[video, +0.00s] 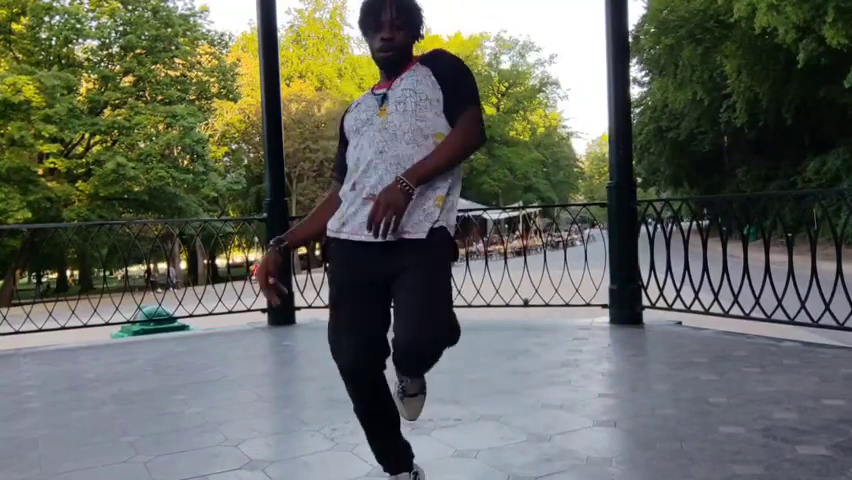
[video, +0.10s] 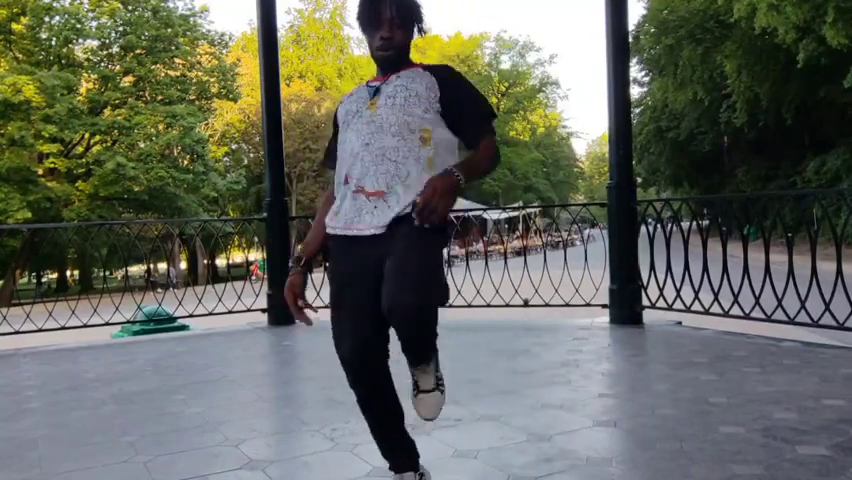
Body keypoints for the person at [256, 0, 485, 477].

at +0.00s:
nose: (388, 34)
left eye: (399, 24)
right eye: (377, 26)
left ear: (416, 29)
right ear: (364, 35)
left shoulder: (440, 66)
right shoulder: (353, 113)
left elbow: (471, 132)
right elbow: (340, 192)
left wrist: (405, 183)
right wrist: (282, 245)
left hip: (422, 237)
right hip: (354, 243)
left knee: (424, 338)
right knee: (354, 358)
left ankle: (407, 370)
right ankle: (399, 468)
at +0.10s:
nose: (387, 34)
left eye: (397, 24)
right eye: (376, 25)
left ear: (413, 28)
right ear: (363, 32)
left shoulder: (439, 80)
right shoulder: (349, 105)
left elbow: (488, 150)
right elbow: (339, 192)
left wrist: (454, 176)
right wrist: (302, 261)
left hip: (414, 221)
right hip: (351, 232)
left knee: (406, 301)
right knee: (357, 357)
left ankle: (422, 362)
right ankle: (406, 468)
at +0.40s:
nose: (356, 30)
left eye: (368, 19)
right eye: (345, 20)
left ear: (384, 23)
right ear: (331, 25)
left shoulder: (420, 70)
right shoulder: (327, 97)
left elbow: (501, 101)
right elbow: (331, 178)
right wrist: (288, 229)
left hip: (416, 210)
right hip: (353, 229)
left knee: (414, 285)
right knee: (357, 357)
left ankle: (410, 347)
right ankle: (412, 467)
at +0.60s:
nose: (341, 47)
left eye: (353, 37)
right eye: (331, 37)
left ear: (372, 39)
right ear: (318, 43)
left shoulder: (414, 54)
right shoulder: (323, 112)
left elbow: (478, 19)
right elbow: (304, 183)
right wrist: (237, 206)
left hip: (433, 240)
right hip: (362, 247)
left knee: (433, 351)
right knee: (352, 358)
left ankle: (347, 374)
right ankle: (384, 471)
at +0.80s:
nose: (325, 49)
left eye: (336, 39)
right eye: (315, 39)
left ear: (355, 43)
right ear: (303, 46)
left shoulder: (387, 67)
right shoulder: (306, 114)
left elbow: (460, 59)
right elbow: (287, 174)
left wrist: (440, 20)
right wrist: (228, 163)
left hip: (435, 241)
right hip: (369, 252)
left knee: (467, 349)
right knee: (384, 368)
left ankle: (442, 449)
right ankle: (366, 473)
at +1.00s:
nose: (334, 38)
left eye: (345, 27)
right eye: (323, 28)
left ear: (360, 35)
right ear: (307, 36)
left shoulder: (394, 86)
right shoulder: (287, 114)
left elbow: (455, 137)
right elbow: (278, 192)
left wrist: (500, 187)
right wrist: (284, 268)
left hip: (424, 227)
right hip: (358, 253)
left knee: (503, 291)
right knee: (373, 368)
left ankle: (565, 411)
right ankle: (371, 472)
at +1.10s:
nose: (347, 40)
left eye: (357, 29)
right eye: (336, 30)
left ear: (372, 35)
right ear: (319, 37)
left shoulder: (402, 92)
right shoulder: (296, 102)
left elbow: (461, 155)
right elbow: (291, 191)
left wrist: (532, 211)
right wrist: (353, 236)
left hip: (411, 212)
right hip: (355, 239)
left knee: (490, 238)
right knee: (373, 359)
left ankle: (555, 369)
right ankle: (374, 472)